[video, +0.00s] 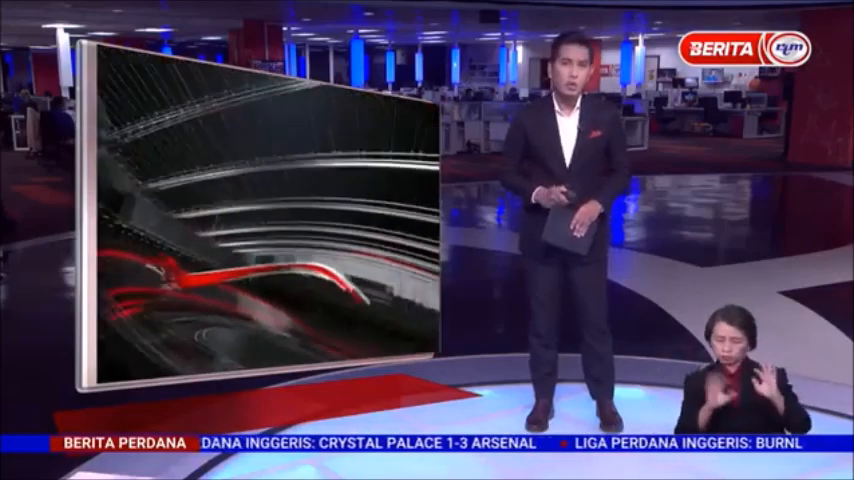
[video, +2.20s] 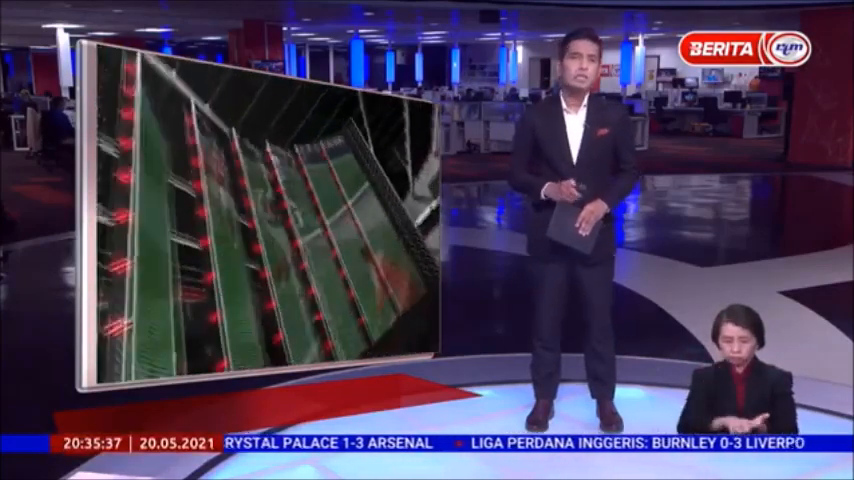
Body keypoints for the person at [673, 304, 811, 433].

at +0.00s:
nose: (727, 349)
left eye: (736, 341)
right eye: (720, 340)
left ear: (749, 344)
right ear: (710, 342)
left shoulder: (772, 378)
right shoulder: (697, 381)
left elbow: (802, 427)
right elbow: (682, 436)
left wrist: (775, 397)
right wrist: (709, 408)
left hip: (767, 464)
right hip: (713, 465)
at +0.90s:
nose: (732, 343)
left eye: (741, 335)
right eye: (724, 335)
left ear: (754, 339)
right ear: (714, 340)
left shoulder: (775, 379)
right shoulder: (701, 381)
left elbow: (792, 431)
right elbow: (692, 432)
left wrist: (759, 411)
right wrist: (722, 405)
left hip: (766, 461)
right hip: (715, 461)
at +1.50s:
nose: (737, 344)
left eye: (745, 336)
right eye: (729, 336)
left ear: (758, 340)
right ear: (719, 340)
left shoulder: (779, 379)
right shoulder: (702, 379)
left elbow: (801, 430)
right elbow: (680, 433)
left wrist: (772, 422)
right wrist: (701, 414)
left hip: (767, 465)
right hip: (712, 464)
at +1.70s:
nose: (736, 347)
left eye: (744, 338)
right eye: (728, 338)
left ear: (758, 341)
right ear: (718, 341)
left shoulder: (779, 380)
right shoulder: (704, 379)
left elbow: (795, 434)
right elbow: (683, 431)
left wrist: (774, 436)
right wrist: (703, 415)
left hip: (763, 464)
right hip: (712, 462)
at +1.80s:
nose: (735, 349)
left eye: (744, 340)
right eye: (728, 340)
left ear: (757, 342)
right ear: (718, 342)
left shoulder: (777, 380)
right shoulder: (704, 377)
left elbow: (792, 432)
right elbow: (685, 425)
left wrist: (770, 428)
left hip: (762, 462)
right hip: (715, 460)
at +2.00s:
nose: (735, 350)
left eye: (743, 341)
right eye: (728, 341)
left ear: (757, 343)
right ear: (718, 343)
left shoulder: (777, 379)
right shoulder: (704, 377)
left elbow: (789, 430)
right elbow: (685, 421)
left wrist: (770, 421)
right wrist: (712, 386)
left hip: (762, 462)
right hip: (714, 460)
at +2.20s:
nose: (735, 349)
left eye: (744, 341)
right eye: (728, 341)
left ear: (757, 343)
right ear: (718, 343)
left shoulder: (777, 380)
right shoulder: (704, 378)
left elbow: (789, 434)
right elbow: (685, 427)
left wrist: (762, 428)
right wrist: (723, 422)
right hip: (714, 462)